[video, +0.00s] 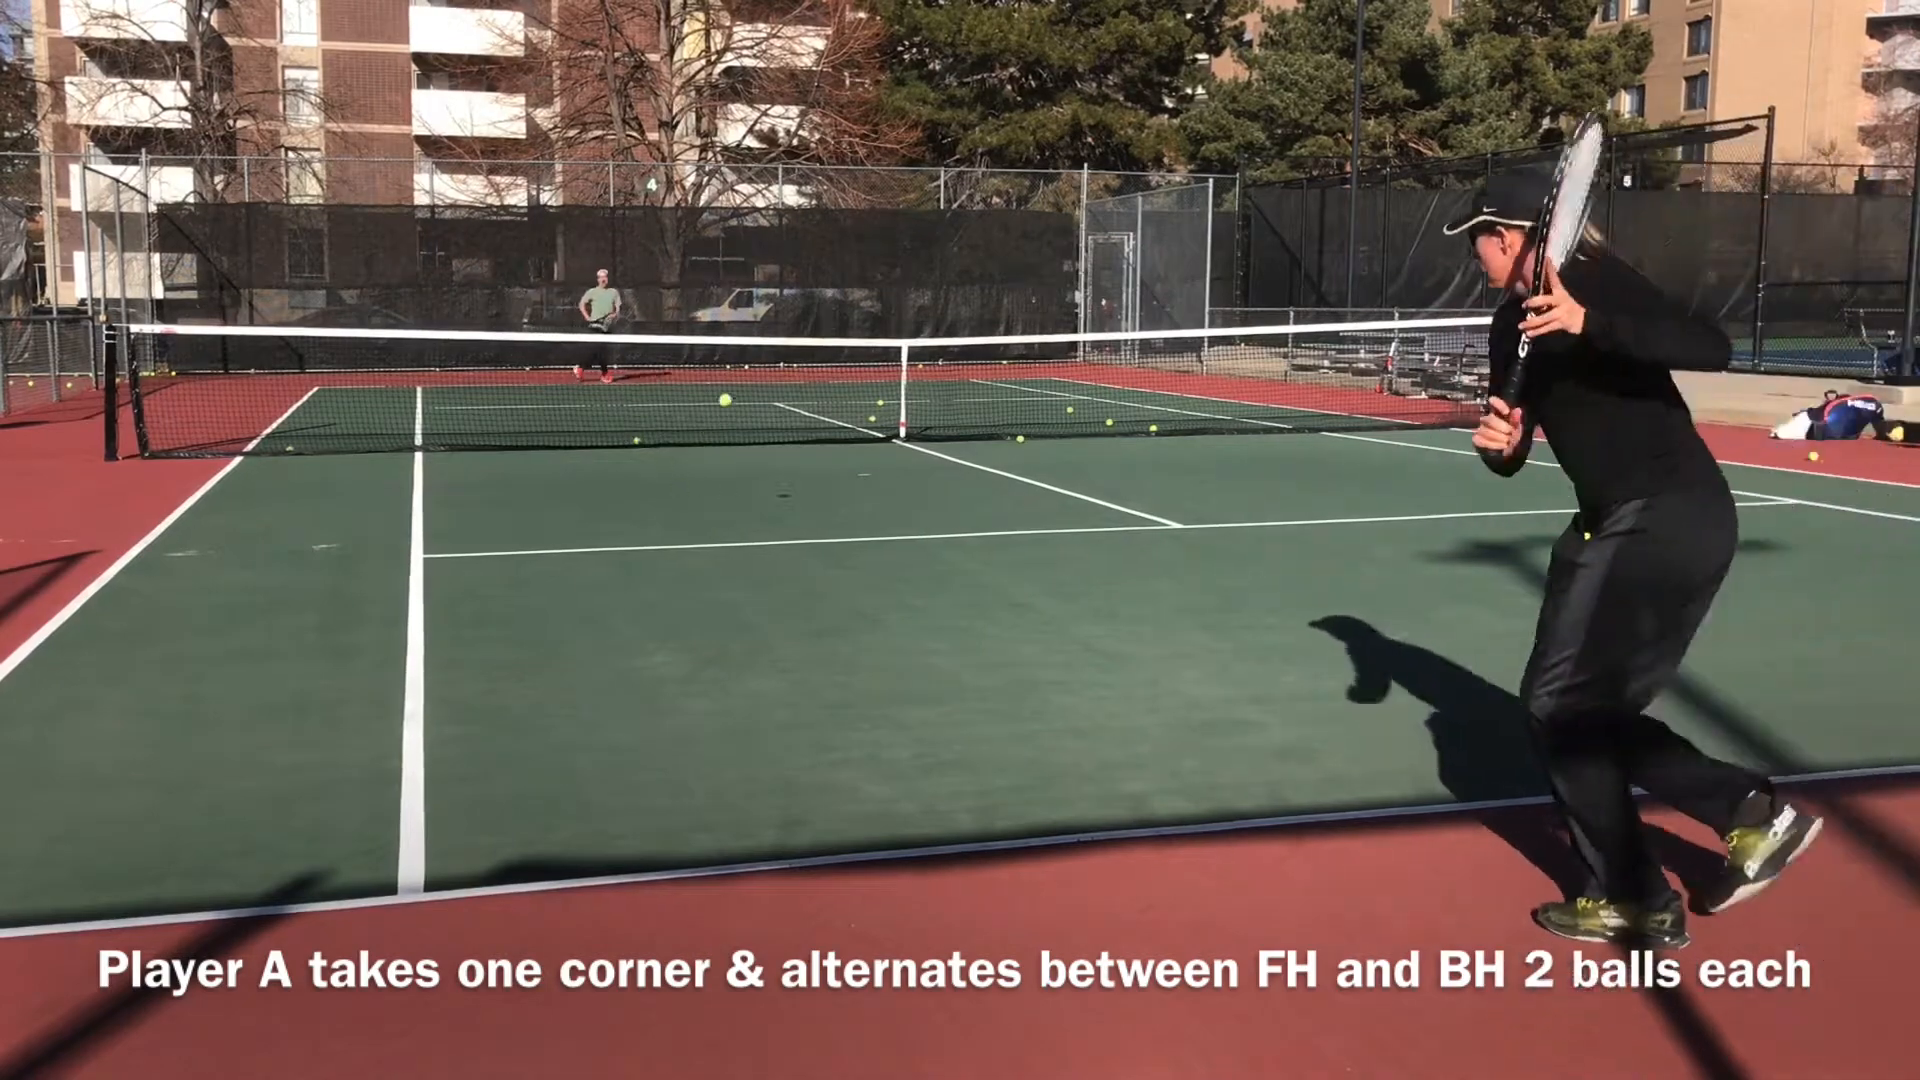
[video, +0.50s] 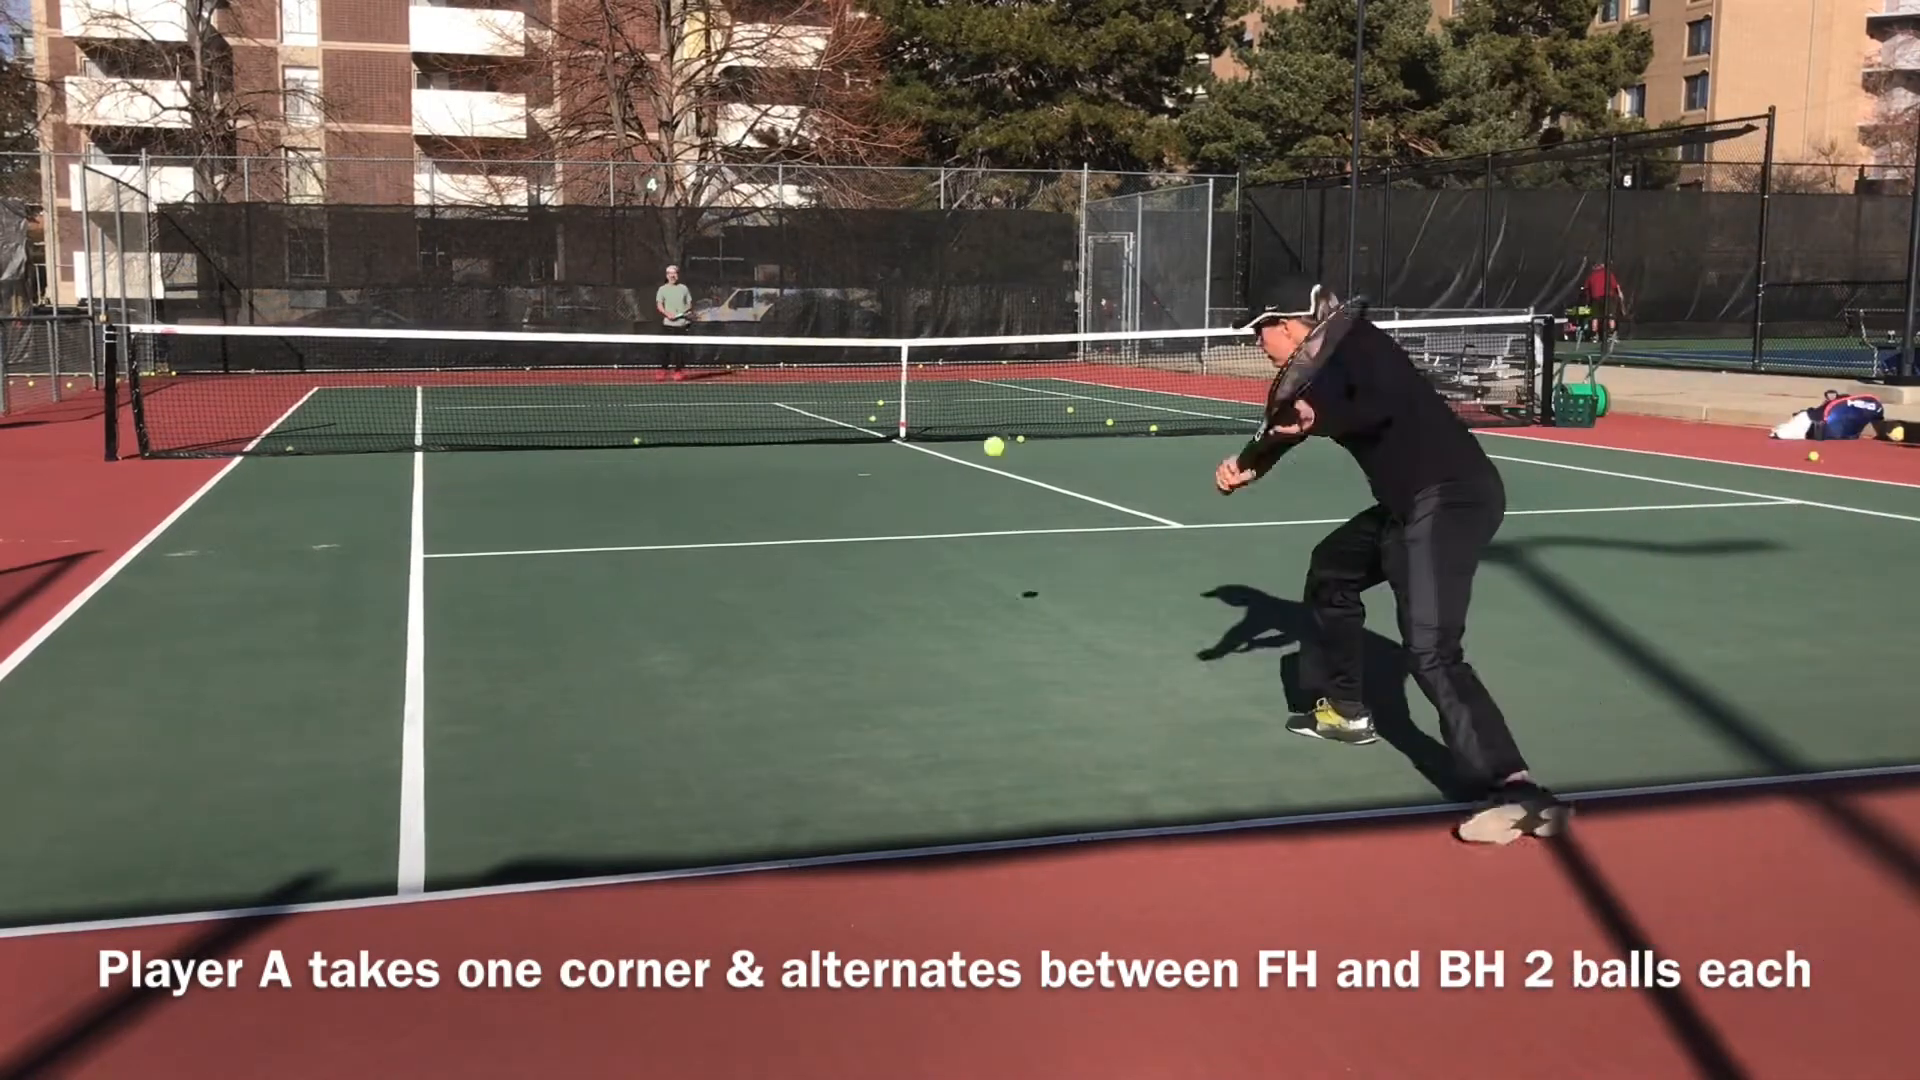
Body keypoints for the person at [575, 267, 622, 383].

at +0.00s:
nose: (603, 279)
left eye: (605, 277)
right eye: (601, 277)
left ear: (608, 278)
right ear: (597, 279)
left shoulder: (614, 292)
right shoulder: (592, 292)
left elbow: (618, 306)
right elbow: (581, 304)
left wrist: (615, 314)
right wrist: (587, 317)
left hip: (608, 323)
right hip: (594, 323)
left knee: (594, 348)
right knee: (601, 349)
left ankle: (580, 367)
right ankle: (604, 373)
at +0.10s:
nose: (616, 282)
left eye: (618, 279)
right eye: (614, 280)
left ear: (621, 281)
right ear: (610, 281)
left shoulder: (626, 295)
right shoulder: (604, 295)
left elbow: (630, 310)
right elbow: (596, 308)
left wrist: (625, 317)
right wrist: (602, 319)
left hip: (621, 326)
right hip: (608, 326)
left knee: (620, 351)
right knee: (613, 350)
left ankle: (612, 371)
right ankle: (610, 372)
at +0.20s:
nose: (630, 282)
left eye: (632, 280)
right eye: (627, 280)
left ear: (635, 281)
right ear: (624, 281)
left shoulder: (640, 295)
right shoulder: (619, 295)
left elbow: (645, 309)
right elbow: (611, 308)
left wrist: (643, 315)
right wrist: (619, 318)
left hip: (637, 328)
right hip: (623, 328)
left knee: (649, 348)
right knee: (620, 352)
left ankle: (651, 369)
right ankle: (608, 373)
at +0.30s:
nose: (645, 280)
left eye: (647, 278)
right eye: (643, 278)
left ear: (650, 279)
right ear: (640, 280)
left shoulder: (656, 293)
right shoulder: (635, 293)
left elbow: (661, 309)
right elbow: (629, 309)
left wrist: (653, 317)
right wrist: (636, 318)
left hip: (653, 327)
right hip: (638, 327)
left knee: (666, 349)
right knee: (625, 349)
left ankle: (674, 371)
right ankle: (611, 371)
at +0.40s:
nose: (659, 280)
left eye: (661, 277)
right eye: (657, 277)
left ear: (665, 279)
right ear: (654, 279)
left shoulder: (672, 293)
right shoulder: (650, 294)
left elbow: (677, 307)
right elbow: (646, 310)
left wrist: (673, 314)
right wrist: (652, 318)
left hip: (670, 327)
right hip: (655, 327)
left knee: (675, 350)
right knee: (644, 348)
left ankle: (676, 371)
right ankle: (635, 369)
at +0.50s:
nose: (672, 276)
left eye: (674, 273)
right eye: (670, 273)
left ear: (678, 275)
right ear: (666, 275)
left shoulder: (683, 288)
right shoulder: (662, 289)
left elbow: (689, 304)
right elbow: (659, 305)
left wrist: (683, 312)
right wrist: (668, 314)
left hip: (681, 324)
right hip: (668, 323)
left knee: (680, 348)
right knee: (665, 347)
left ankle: (678, 370)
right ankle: (664, 369)